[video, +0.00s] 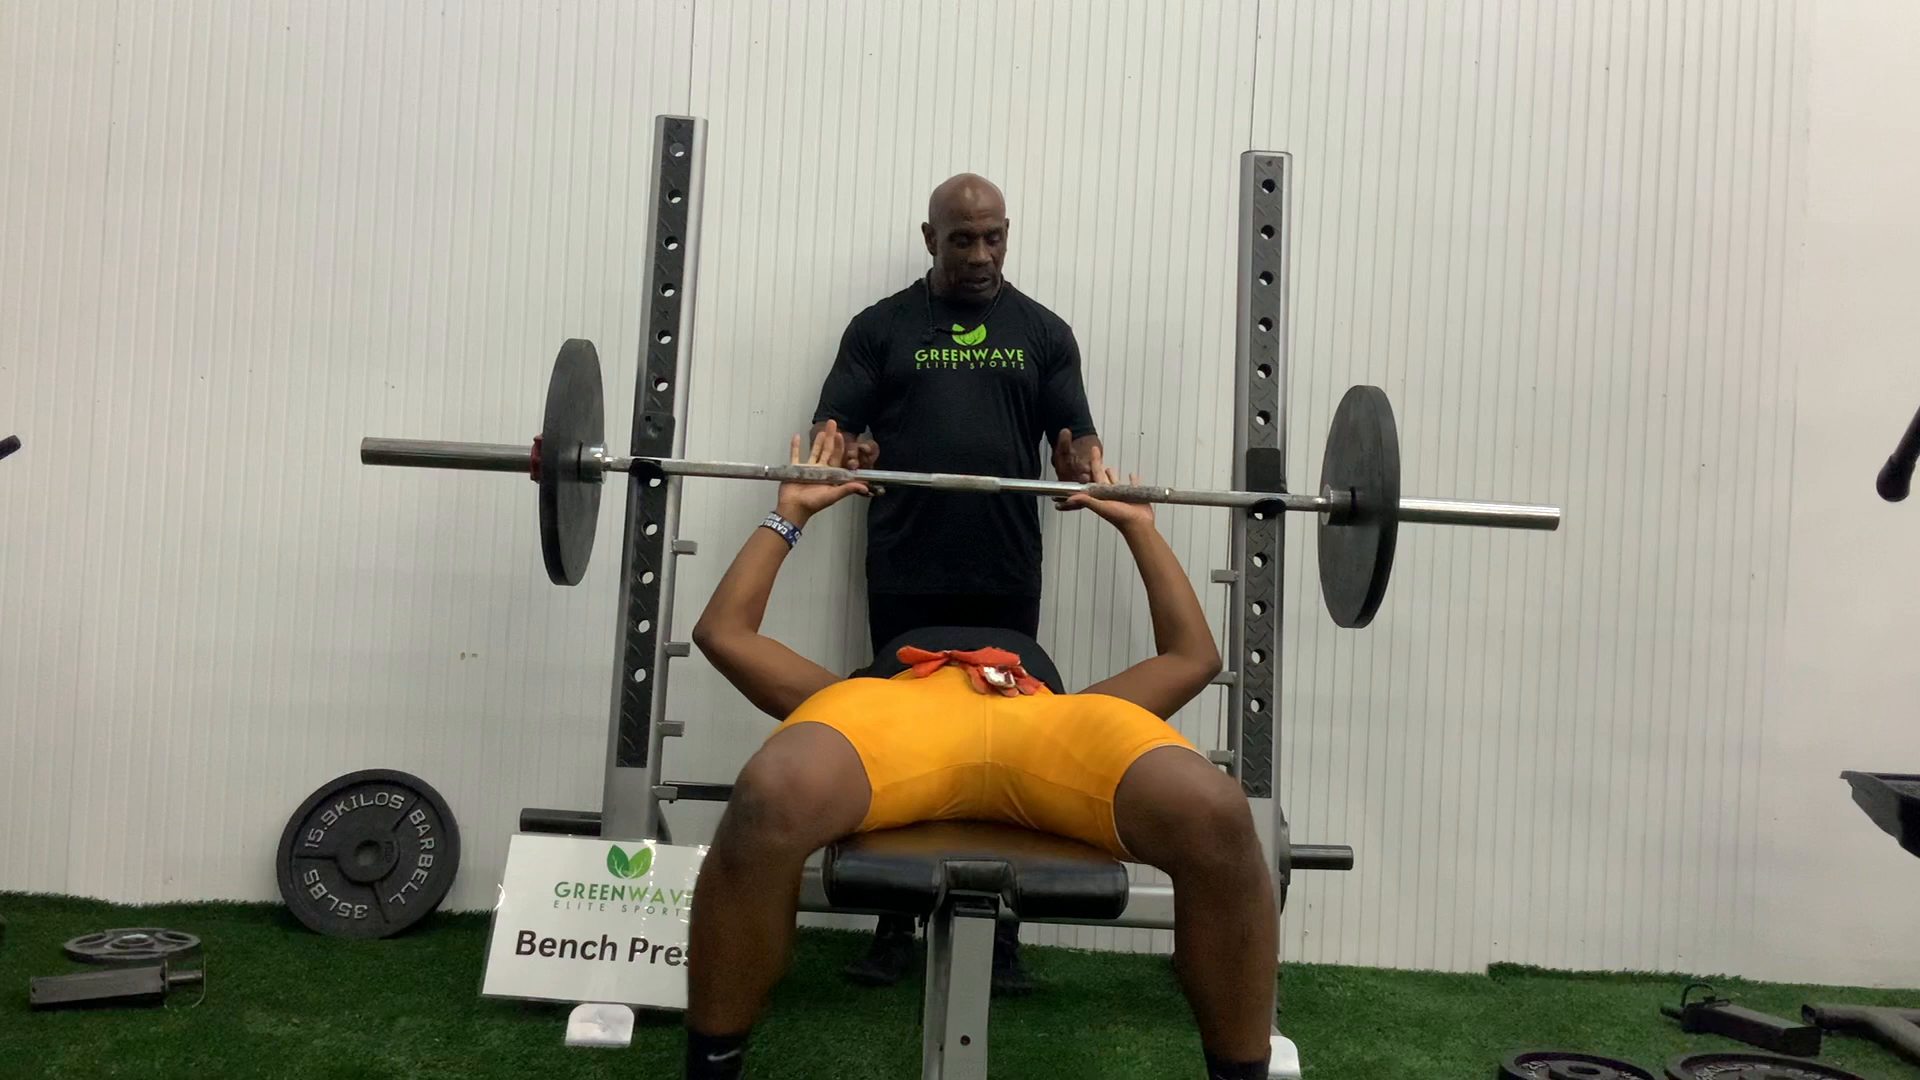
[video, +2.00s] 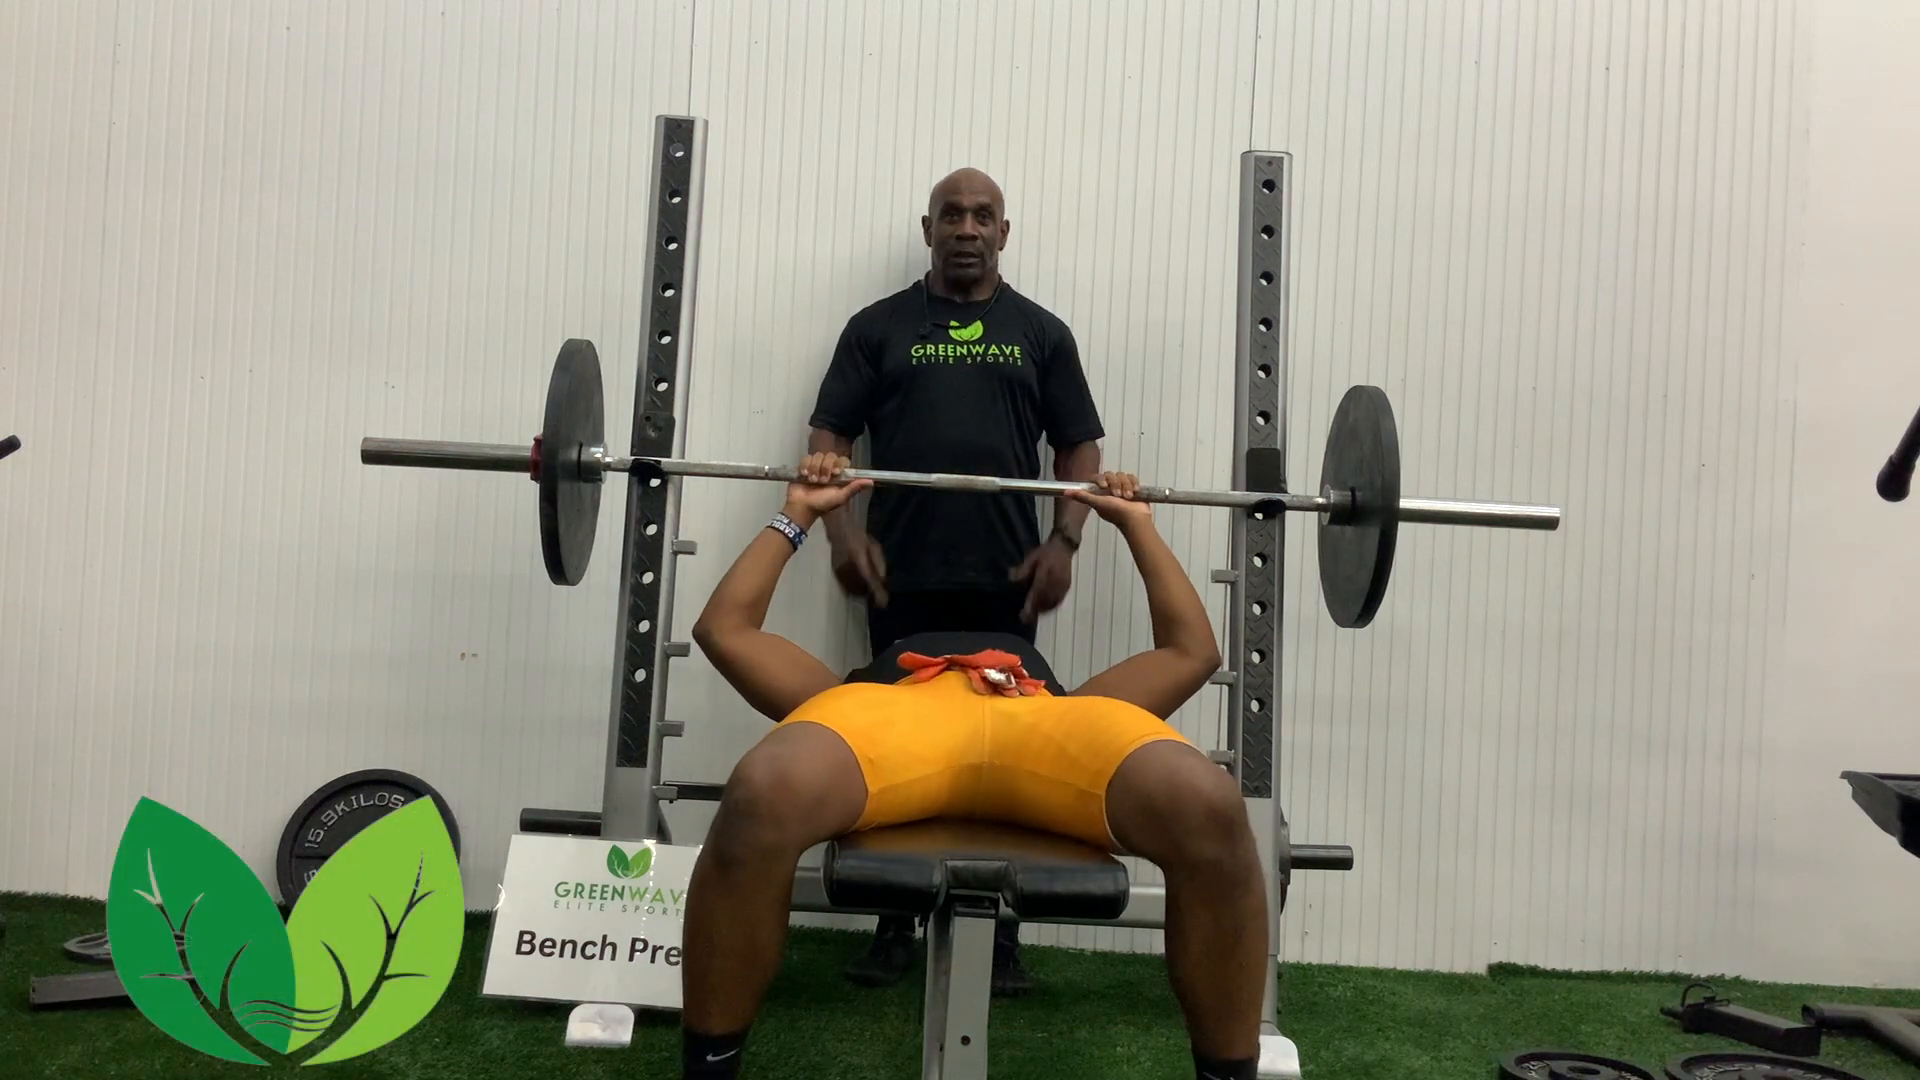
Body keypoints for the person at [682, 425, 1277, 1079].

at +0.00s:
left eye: (1004, 667)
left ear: (1032, 687)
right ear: (889, 675)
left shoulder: (1077, 706)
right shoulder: (856, 691)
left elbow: (1195, 656)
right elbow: (723, 630)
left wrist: (1139, 524)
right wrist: (789, 511)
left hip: (1054, 717)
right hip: (882, 706)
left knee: (1218, 817)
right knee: (766, 799)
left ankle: (1245, 1070)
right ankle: (710, 1065)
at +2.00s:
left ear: (1033, 682)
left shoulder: (1069, 705)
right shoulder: (858, 690)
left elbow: (1193, 649)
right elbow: (725, 626)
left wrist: (1134, 519)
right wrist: (799, 514)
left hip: (1053, 717)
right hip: (886, 705)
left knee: (1212, 811)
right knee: (757, 798)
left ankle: (1230, 1072)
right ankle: (708, 1068)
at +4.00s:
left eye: (1001, 647)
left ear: (1030, 673)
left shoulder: (1067, 696)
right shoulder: (861, 689)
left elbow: (1175, 643)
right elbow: (740, 625)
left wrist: (1116, 514)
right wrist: (807, 508)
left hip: (1048, 711)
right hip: (886, 704)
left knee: (1196, 808)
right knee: (755, 791)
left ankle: (1227, 1072)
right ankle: (711, 1068)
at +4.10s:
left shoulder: (1067, 694)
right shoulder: (861, 687)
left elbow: (1167, 632)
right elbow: (749, 613)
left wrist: (1120, 500)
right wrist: (808, 488)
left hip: (1050, 711)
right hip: (881, 704)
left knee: (1197, 810)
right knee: (748, 786)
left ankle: (1227, 1074)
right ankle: (710, 1068)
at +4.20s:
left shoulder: (1065, 689)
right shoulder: (855, 687)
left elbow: (1154, 609)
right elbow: (768, 587)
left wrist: (1124, 467)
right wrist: (810, 456)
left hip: (1040, 709)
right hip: (884, 706)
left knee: (1193, 811)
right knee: (740, 784)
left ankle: (1226, 1071)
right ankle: (708, 1061)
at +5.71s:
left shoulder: (1064, 685)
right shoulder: (861, 677)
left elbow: (1138, 603)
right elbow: (779, 587)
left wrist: (1130, 449)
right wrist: (809, 442)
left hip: (1039, 706)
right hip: (887, 698)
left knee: (1189, 812)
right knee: (756, 784)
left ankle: (1230, 1072)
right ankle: (716, 1064)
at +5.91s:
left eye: (992, 651)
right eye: (931, 651)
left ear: (1011, 659)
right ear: (907, 657)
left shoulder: (1050, 686)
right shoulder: (868, 682)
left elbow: (1143, 686)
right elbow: (759, 672)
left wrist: (1129, 539)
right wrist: (803, 535)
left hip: (1043, 707)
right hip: (890, 699)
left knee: (1190, 816)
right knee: (751, 794)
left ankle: (1231, 1070)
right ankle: (714, 1067)